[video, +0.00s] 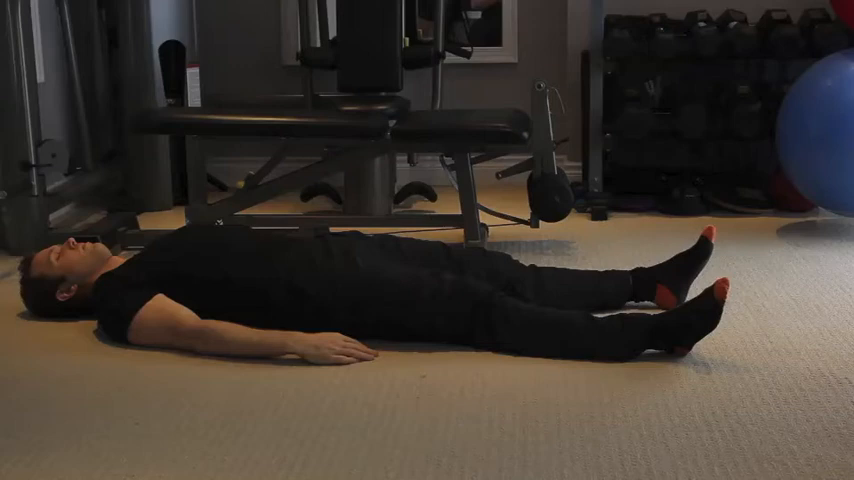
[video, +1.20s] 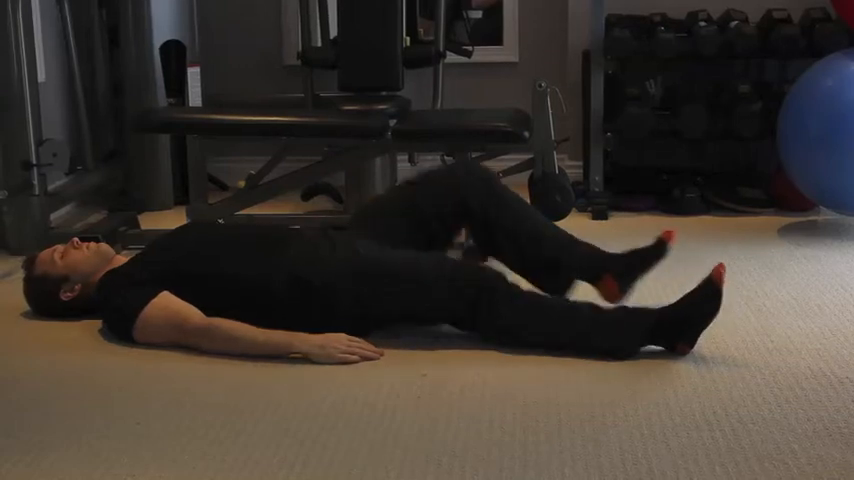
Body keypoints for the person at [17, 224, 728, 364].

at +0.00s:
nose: (67, 243)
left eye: (59, 244)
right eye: (57, 258)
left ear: (80, 239)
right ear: (68, 287)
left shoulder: (149, 248)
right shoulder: (118, 294)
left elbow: (249, 248)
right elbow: (197, 336)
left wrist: (330, 239)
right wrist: (295, 344)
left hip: (351, 249)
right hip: (337, 285)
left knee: (493, 266)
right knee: (486, 308)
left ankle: (644, 287)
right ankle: (657, 336)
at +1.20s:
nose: (72, 243)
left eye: (63, 243)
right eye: (61, 258)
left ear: (88, 242)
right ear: (73, 288)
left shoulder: (155, 247)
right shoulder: (122, 292)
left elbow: (253, 247)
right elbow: (196, 330)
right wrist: (304, 342)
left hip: (354, 235)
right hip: (335, 282)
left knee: (461, 181)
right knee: (478, 289)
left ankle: (599, 270)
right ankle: (657, 333)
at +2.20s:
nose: (63, 236)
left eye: (53, 237)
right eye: (51, 249)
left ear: (78, 241)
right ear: (63, 288)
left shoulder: (145, 252)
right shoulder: (112, 294)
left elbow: (244, 244)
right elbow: (193, 330)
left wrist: (350, 272)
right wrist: (292, 343)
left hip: (311, 263)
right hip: (288, 282)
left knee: (255, 115)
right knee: (246, 117)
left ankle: (412, 116)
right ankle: (414, 124)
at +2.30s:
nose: (66, 236)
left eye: (55, 237)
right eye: (53, 250)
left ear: (79, 244)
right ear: (63, 288)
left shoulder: (141, 252)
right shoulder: (112, 295)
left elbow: (243, 252)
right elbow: (193, 330)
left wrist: (354, 276)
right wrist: (294, 343)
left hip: (310, 265)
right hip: (289, 285)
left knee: (258, 116)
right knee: (247, 118)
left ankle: (416, 118)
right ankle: (416, 124)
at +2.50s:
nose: (70, 235)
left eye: (60, 237)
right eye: (57, 250)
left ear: (81, 245)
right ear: (67, 287)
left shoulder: (143, 250)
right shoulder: (117, 298)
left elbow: (245, 251)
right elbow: (200, 332)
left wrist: (356, 273)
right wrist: (303, 344)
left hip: (314, 265)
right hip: (297, 288)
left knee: (274, 119)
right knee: (260, 121)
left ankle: (431, 125)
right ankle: (433, 132)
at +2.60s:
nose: (71, 236)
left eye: (60, 237)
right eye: (58, 250)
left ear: (82, 244)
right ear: (67, 287)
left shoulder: (144, 249)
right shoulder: (117, 298)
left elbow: (244, 249)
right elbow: (197, 331)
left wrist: (355, 268)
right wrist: (299, 339)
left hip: (315, 267)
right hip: (297, 293)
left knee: (276, 118)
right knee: (262, 121)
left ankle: (431, 125)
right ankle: (433, 132)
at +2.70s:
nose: (66, 236)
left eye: (56, 237)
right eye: (54, 250)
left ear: (81, 241)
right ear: (67, 287)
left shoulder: (141, 253)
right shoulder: (115, 293)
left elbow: (238, 241)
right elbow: (193, 328)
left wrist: (346, 218)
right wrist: (295, 305)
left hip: (318, 253)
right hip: (305, 281)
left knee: (271, 118)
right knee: (259, 121)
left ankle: (432, 125)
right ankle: (431, 132)